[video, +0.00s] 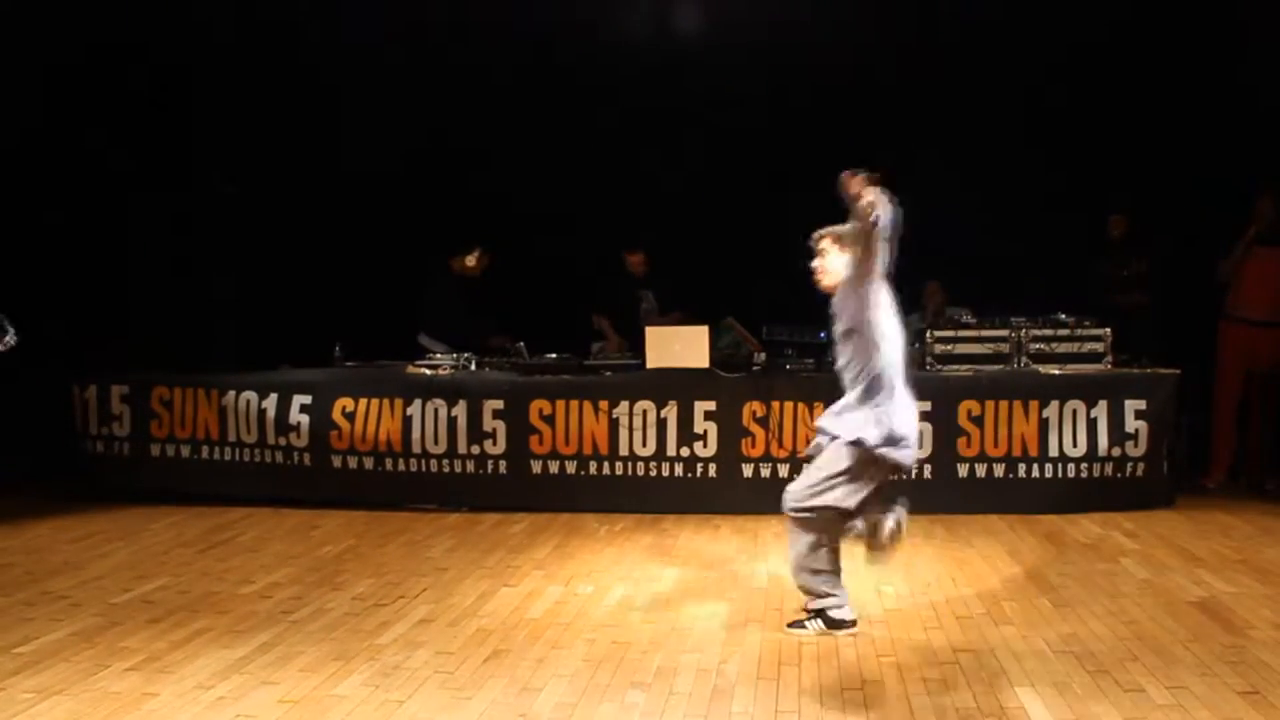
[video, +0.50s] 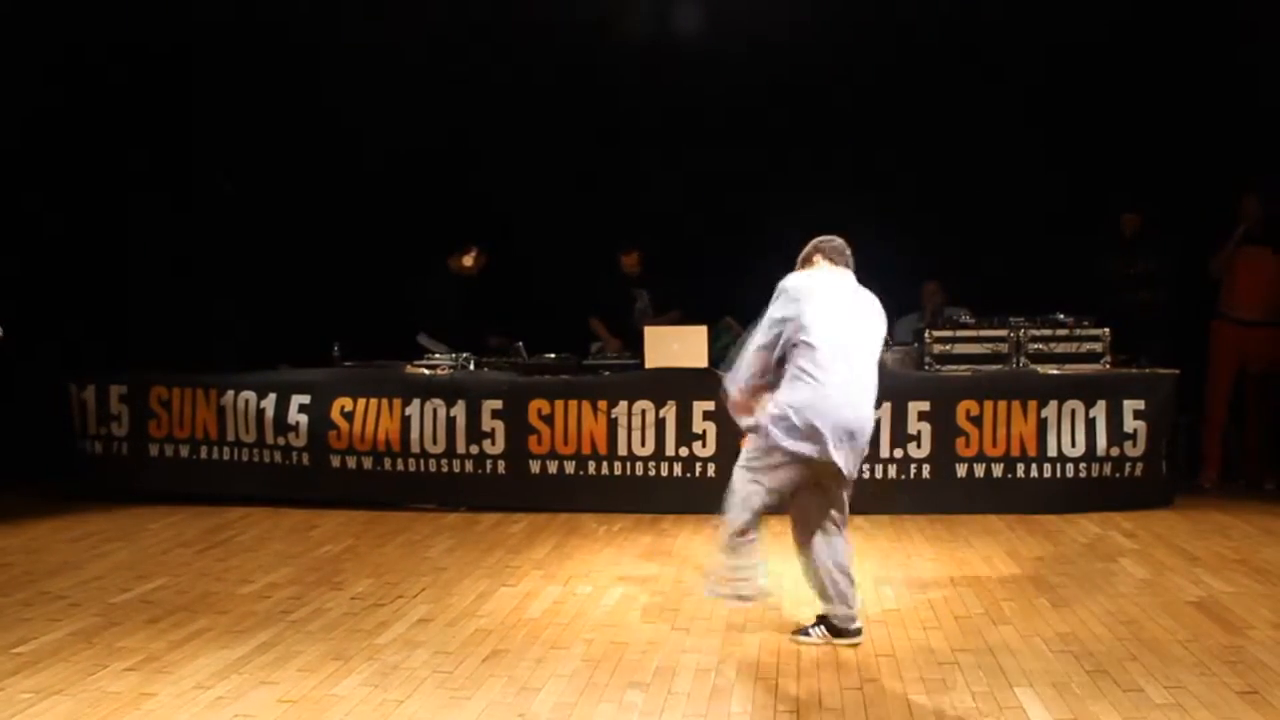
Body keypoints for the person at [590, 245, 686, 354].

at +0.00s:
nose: (638, 268)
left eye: (641, 264)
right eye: (633, 264)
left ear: (646, 263)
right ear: (626, 264)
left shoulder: (658, 283)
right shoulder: (618, 286)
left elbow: (677, 315)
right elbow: (601, 316)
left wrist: (658, 323)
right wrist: (613, 340)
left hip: (659, 340)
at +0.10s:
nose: (635, 269)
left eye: (638, 264)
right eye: (631, 264)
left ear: (643, 264)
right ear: (624, 265)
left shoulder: (655, 284)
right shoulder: (615, 286)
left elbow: (675, 314)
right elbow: (596, 317)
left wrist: (657, 324)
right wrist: (607, 341)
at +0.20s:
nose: (632, 269)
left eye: (636, 265)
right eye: (629, 265)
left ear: (642, 264)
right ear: (622, 265)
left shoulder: (654, 284)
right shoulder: (613, 287)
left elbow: (675, 314)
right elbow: (596, 320)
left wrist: (655, 324)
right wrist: (612, 343)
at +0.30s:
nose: (630, 270)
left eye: (634, 266)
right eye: (626, 266)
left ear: (640, 263)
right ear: (619, 264)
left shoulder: (653, 282)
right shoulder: (611, 286)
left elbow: (675, 313)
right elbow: (597, 321)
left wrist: (654, 325)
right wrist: (615, 342)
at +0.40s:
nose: (630, 270)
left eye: (633, 266)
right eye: (626, 266)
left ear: (640, 263)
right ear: (619, 264)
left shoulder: (653, 283)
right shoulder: (610, 285)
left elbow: (676, 313)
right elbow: (595, 319)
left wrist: (654, 325)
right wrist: (612, 340)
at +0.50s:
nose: (632, 269)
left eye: (635, 265)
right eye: (628, 266)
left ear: (641, 263)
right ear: (621, 264)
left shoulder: (654, 282)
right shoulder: (611, 285)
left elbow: (676, 313)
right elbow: (593, 318)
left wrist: (654, 324)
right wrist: (609, 341)